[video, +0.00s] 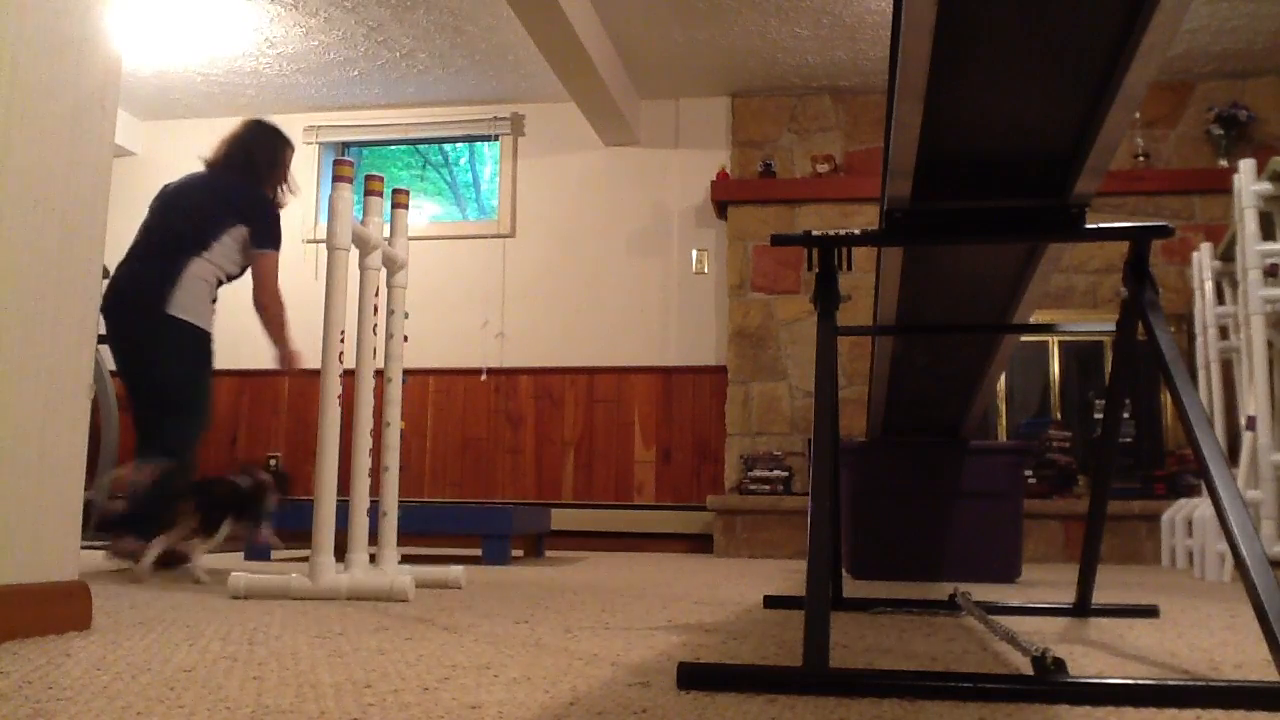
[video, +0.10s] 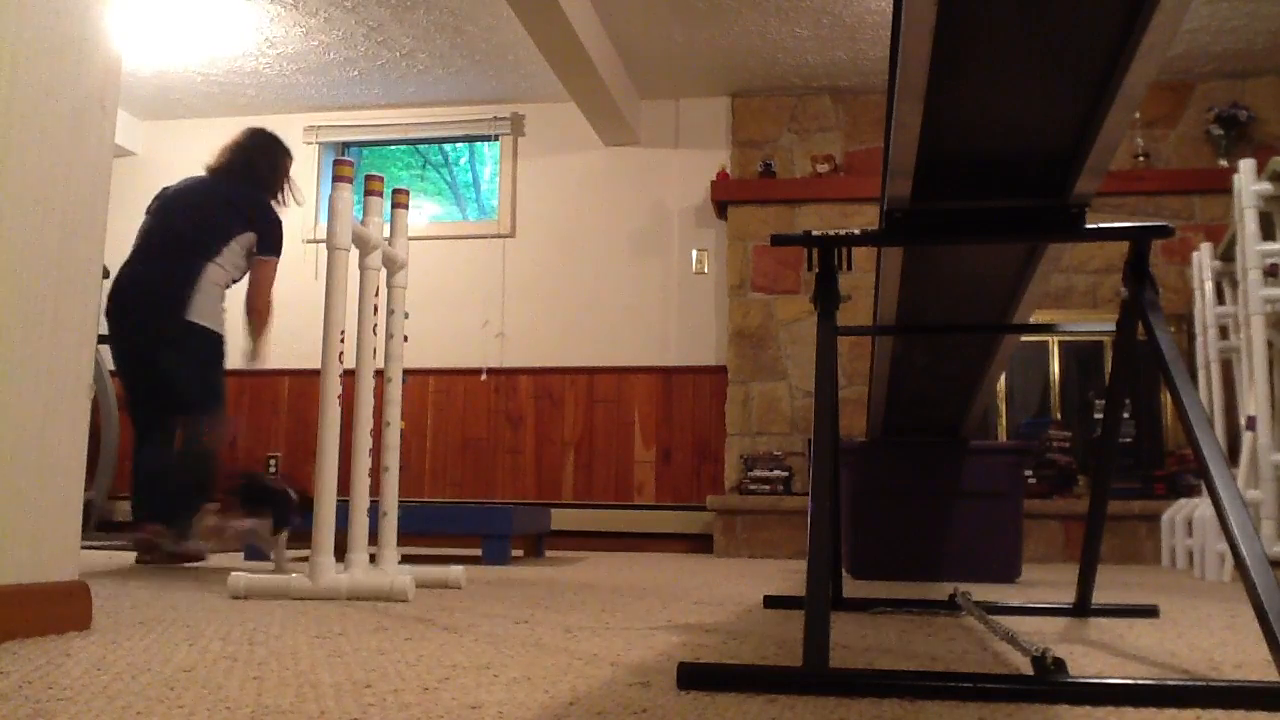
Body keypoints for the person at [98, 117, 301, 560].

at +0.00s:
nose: (285, 176)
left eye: (287, 166)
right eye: (284, 166)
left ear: (235, 151)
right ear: (271, 164)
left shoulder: (184, 186)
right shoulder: (259, 208)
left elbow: (146, 251)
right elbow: (265, 294)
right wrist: (285, 347)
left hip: (122, 306)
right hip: (177, 318)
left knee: (153, 420)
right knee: (186, 421)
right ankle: (138, 525)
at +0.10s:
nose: (285, 183)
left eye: (285, 175)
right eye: (284, 175)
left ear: (232, 156)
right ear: (274, 173)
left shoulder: (178, 190)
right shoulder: (263, 217)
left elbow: (142, 253)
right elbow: (259, 299)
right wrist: (257, 342)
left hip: (126, 307)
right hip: (189, 321)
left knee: (151, 422)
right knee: (208, 424)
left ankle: (149, 527)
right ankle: (175, 527)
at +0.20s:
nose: (279, 191)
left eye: (279, 183)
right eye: (279, 182)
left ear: (227, 162)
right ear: (273, 180)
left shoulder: (175, 193)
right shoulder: (266, 223)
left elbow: (150, 260)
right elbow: (246, 299)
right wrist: (225, 335)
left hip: (139, 318)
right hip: (203, 327)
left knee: (153, 427)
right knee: (217, 428)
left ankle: (157, 540)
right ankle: (212, 530)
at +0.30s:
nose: (282, 194)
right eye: (282, 186)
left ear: (230, 165)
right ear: (276, 183)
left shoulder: (177, 197)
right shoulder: (269, 226)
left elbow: (154, 263)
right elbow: (244, 300)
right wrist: (224, 339)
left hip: (146, 319)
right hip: (211, 327)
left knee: (154, 430)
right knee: (226, 429)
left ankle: (160, 541)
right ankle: (235, 536)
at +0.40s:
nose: (289, 203)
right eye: (289, 195)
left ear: (236, 174)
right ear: (283, 192)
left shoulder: (187, 202)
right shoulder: (277, 230)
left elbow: (164, 260)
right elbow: (255, 303)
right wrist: (237, 335)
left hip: (156, 318)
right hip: (221, 327)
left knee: (159, 430)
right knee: (230, 431)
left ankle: (161, 540)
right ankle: (236, 541)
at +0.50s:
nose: (297, 211)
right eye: (296, 203)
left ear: (243, 182)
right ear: (290, 198)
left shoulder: (195, 207)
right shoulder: (283, 233)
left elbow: (172, 264)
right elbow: (266, 297)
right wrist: (244, 335)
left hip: (163, 321)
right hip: (227, 329)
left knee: (163, 432)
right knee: (234, 433)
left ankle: (160, 539)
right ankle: (233, 540)